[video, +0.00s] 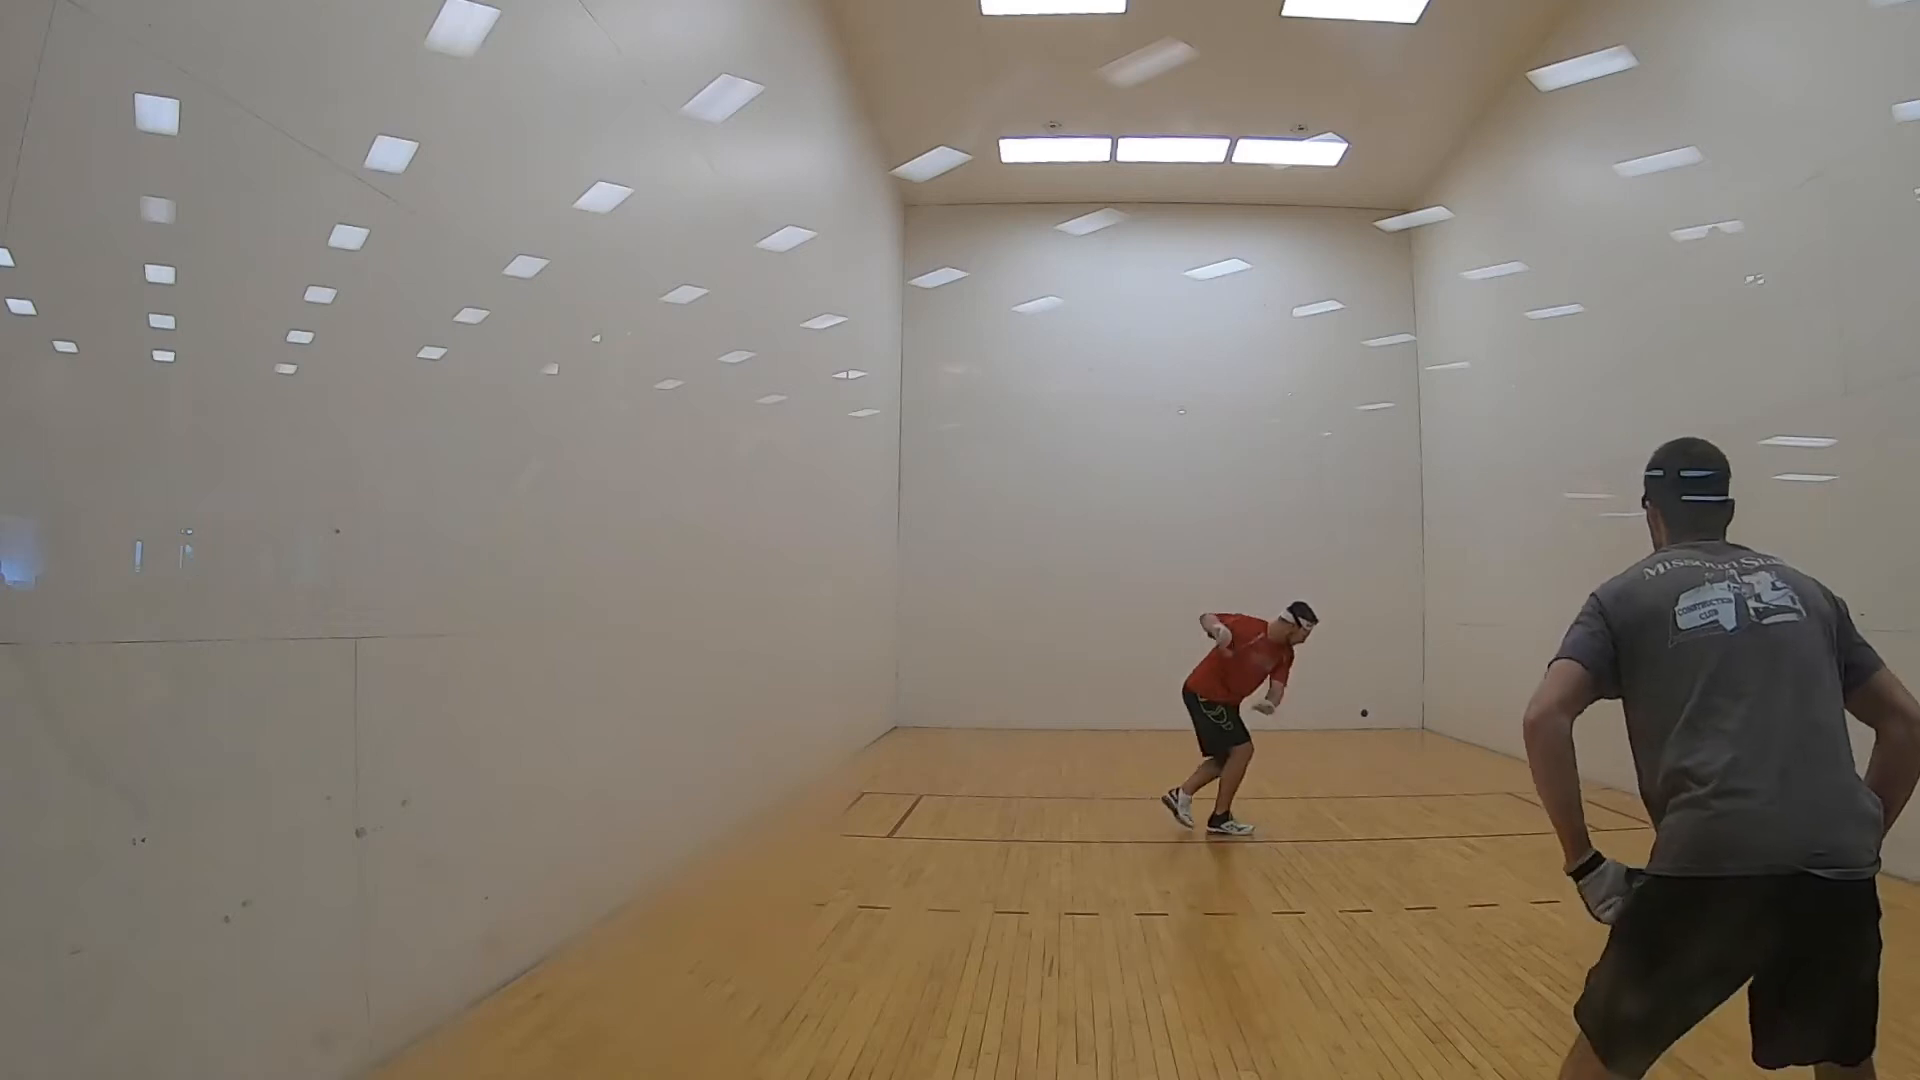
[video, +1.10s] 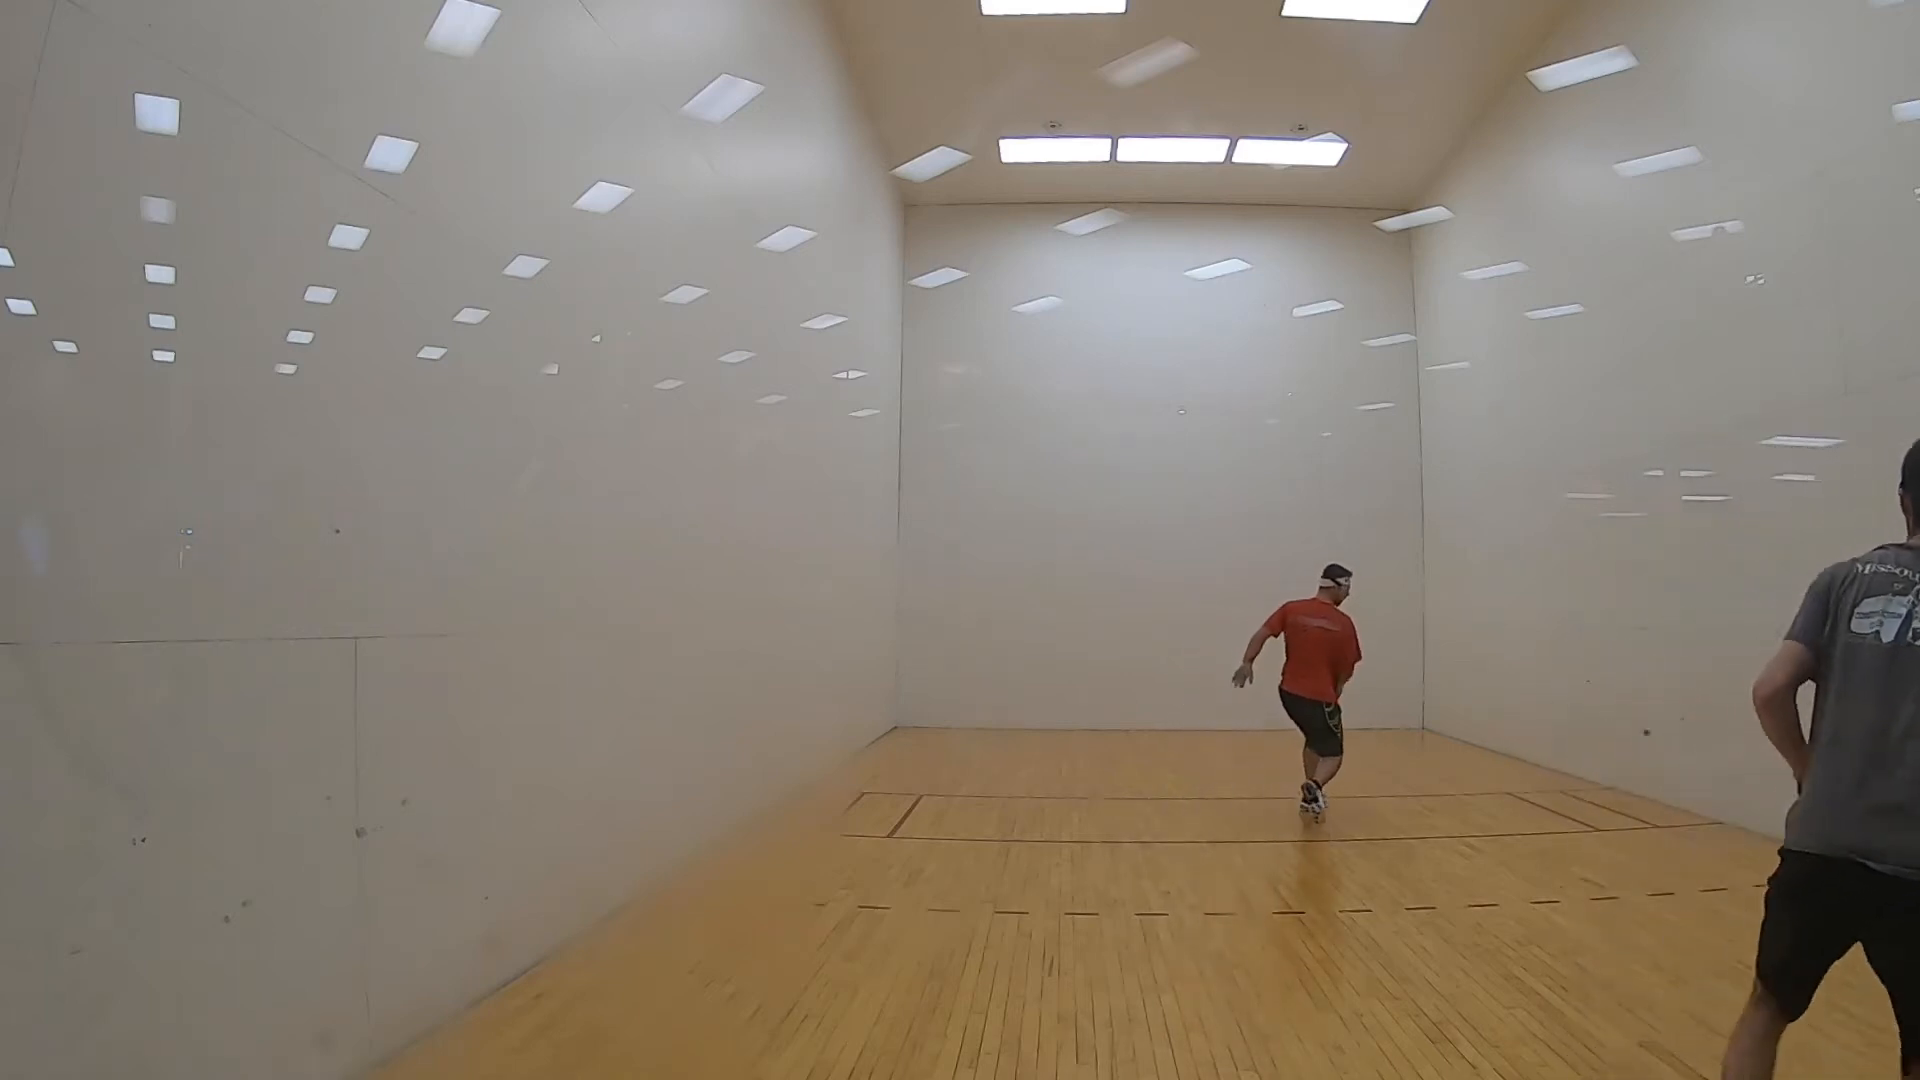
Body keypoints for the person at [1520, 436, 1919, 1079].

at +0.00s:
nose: (1649, 522)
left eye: (1647, 511)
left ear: (1655, 516)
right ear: (1730, 512)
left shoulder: (1624, 596)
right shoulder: (1808, 589)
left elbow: (1546, 717)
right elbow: (1904, 723)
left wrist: (1584, 863)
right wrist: (1856, 841)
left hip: (1709, 866)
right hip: (1839, 866)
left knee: (1600, 1056)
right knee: (1848, 1061)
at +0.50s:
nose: (1700, 504)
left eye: (1698, 495)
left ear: (1699, 500)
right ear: (1773, 502)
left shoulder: (1653, 579)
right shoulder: (1837, 590)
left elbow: (1589, 710)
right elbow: (1911, 731)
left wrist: (1582, 860)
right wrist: (1873, 870)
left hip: (1693, 863)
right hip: (1826, 871)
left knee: (1596, 1056)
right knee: (1839, 1064)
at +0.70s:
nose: (1728, 504)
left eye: (1726, 495)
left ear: (1730, 501)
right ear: (1807, 507)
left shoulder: (1671, 584)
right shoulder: (1861, 600)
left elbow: (1605, 720)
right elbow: (1911, 745)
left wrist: (1610, 853)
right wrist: (1885, 878)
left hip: (1692, 863)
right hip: (1828, 872)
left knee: (1602, 1054)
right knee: (1849, 1054)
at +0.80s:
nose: (1773, 519)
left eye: (1772, 509)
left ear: (1773, 517)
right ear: (1848, 521)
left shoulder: (1709, 596)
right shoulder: (1894, 616)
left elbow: (1641, 731)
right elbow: (1915, 745)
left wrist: (1652, 839)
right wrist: (1916, 874)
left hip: (1708, 868)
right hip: (1843, 883)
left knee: (1612, 1056)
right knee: (1875, 1044)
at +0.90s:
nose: (1833, 515)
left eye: (1830, 505)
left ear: (1830, 513)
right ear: (1905, 521)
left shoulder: (1767, 598)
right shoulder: (1915, 605)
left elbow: (1696, 724)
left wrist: (1712, 810)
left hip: (1746, 869)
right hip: (1880, 882)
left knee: (1649, 1058)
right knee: (1897, 1055)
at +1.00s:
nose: (1877, 511)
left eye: (1875, 502)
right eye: (1885, 501)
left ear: (1877, 510)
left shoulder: (1817, 594)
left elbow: (1737, 707)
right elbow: (1738, 705)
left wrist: (1760, 794)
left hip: (1790, 860)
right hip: (1903, 873)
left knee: (1702, 1041)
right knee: (1909, 1057)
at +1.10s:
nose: (1909, 502)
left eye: (1907, 492)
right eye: (1914, 493)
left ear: (1904, 500)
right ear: (1913, 501)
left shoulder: (1845, 580)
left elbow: (1770, 692)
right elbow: (1773, 693)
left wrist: (1806, 767)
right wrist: (1805, 767)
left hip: (1825, 847)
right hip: (1909, 862)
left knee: (1768, 1008)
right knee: (1915, 1050)